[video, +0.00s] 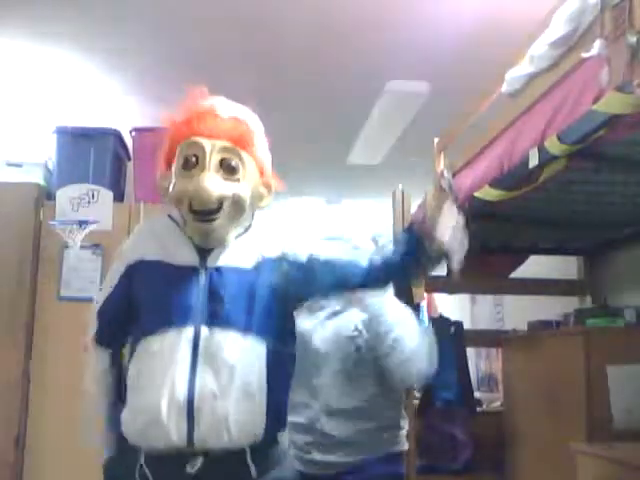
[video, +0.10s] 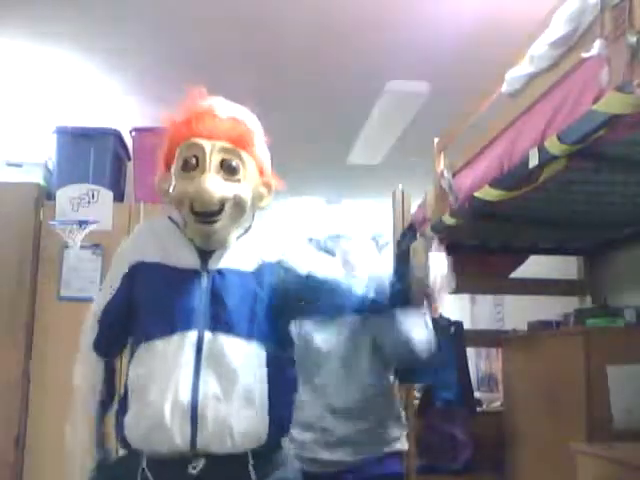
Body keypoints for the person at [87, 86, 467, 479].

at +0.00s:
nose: (207, 184)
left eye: (228, 168)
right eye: (190, 164)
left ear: (256, 190)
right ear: (169, 183)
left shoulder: (274, 271)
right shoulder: (143, 268)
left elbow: (368, 271)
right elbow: (107, 357)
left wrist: (422, 236)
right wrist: (114, 450)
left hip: (240, 464)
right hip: (148, 463)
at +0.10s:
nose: (207, 186)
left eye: (229, 167)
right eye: (190, 164)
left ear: (259, 188)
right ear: (170, 182)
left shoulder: (271, 267)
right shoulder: (144, 257)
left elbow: (355, 293)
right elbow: (97, 348)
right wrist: (91, 446)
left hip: (241, 465)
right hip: (149, 465)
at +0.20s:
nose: (209, 186)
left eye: (230, 169)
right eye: (191, 167)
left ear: (260, 186)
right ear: (170, 182)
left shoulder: (273, 259)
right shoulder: (145, 249)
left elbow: (343, 314)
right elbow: (96, 350)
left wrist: (405, 331)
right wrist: (73, 450)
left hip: (247, 466)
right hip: (149, 465)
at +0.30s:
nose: (207, 188)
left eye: (229, 168)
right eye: (188, 166)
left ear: (260, 186)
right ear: (167, 184)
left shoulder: (270, 257)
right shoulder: (145, 248)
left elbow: (318, 341)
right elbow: (93, 350)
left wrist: (395, 379)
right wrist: (78, 450)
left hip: (247, 463)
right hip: (150, 462)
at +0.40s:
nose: (192, 191)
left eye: (216, 172)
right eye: (176, 167)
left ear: (249, 188)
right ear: (154, 178)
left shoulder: (254, 257)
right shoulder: (122, 242)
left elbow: (281, 361)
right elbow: (42, 315)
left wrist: (345, 435)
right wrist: (81, 429)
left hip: (230, 459)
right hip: (134, 458)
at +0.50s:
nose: (188, 194)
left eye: (213, 174)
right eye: (173, 166)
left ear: (244, 190)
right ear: (149, 174)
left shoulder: (241, 252)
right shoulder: (113, 230)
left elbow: (265, 359)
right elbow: (21, 290)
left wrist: (319, 438)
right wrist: (54, 399)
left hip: (211, 452)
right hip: (121, 450)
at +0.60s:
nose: (188, 187)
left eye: (212, 169)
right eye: (173, 159)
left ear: (236, 182)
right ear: (144, 158)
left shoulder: (235, 242)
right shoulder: (98, 217)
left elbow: (252, 354)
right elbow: (13, 264)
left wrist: (293, 435)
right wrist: (17, 364)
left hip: (201, 446)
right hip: (107, 445)